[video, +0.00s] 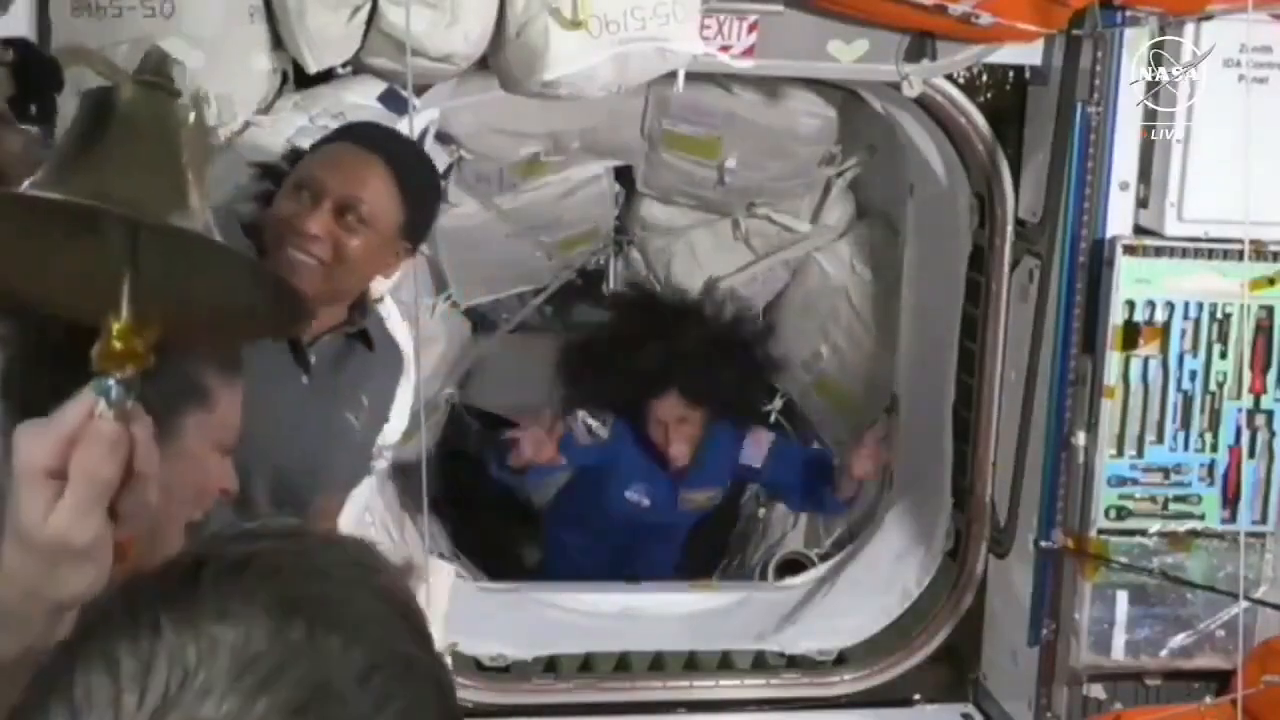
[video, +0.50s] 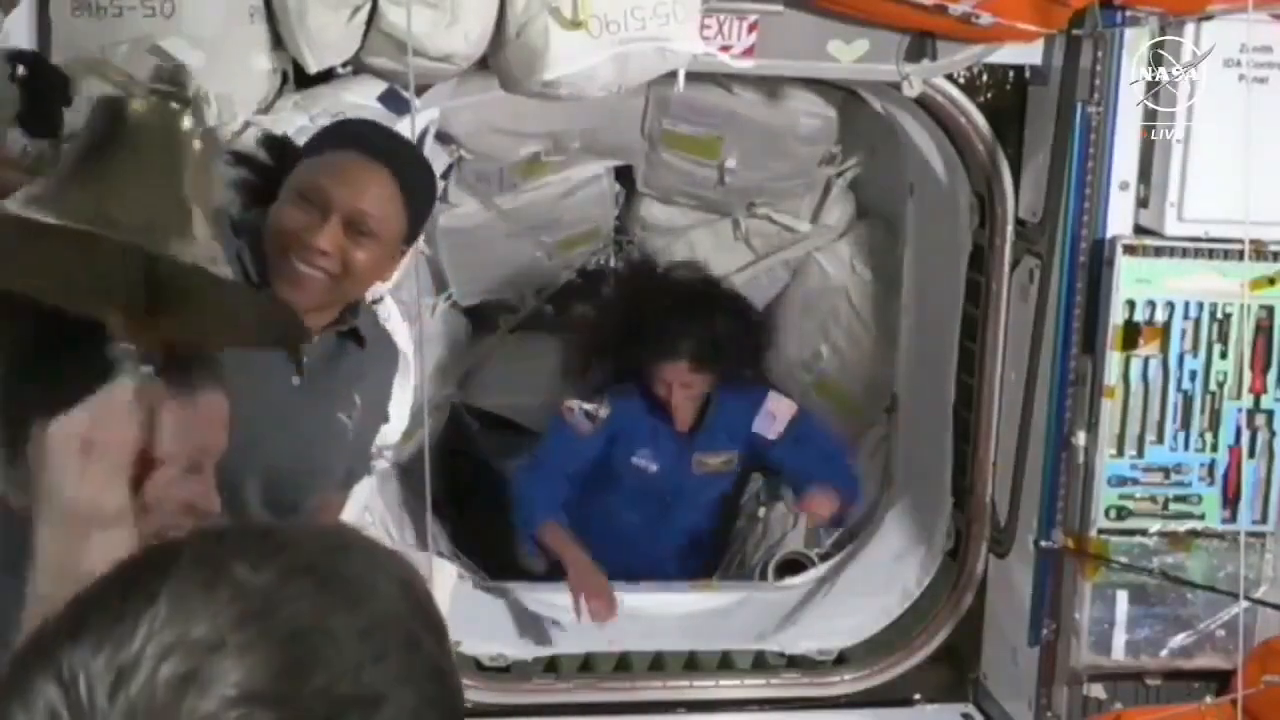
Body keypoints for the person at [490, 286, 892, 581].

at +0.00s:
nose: (675, 450)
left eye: (688, 429)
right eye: (660, 428)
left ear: (712, 417)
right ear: (637, 413)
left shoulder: (736, 445)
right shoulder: (601, 433)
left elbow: (810, 488)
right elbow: (535, 493)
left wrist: (848, 477)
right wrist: (535, 465)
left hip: (657, 581)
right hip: (578, 572)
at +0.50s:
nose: (675, 401)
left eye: (691, 386)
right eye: (662, 384)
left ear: (718, 376)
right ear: (644, 370)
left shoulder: (752, 411)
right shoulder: (605, 410)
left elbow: (831, 470)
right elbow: (535, 491)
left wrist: (816, 506)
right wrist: (576, 562)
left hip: (691, 600)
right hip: (595, 596)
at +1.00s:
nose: (699, 399)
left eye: (715, 387)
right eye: (689, 382)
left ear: (737, 383)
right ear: (668, 370)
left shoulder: (755, 415)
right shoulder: (624, 400)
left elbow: (798, 517)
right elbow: (549, 496)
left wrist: (725, 605)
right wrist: (578, 607)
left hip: (694, 504)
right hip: (614, 502)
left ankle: (666, 634)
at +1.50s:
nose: (728, 424)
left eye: (745, 406)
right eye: (714, 404)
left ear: (771, 396)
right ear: (689, 393)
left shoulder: (792, 413)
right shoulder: (649, 418)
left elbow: (822, 474)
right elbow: (630, 557)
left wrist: (732, 588)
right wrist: (666, 690)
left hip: (730, 478)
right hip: (656, 475)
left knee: (710, 556)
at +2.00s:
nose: (760, 410)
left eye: (778, 386)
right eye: (744, 386)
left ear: (803, 383)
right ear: (717, 381)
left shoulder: (828, 407)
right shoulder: (673, 426)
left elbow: (889, 446)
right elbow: (644, 568)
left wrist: (829, 569)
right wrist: (677, 702)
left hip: (760, 502)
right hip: (680, 499)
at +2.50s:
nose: (759, 394)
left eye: (783, 375)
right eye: (748, 369)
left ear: (817, 384)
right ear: (728, 371)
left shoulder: (855, 422)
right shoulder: (682, 435)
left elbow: (965, 456)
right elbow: (668, 566)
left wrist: (943, 608)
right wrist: (693, 695)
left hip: (818, 536)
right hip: (720, 534)